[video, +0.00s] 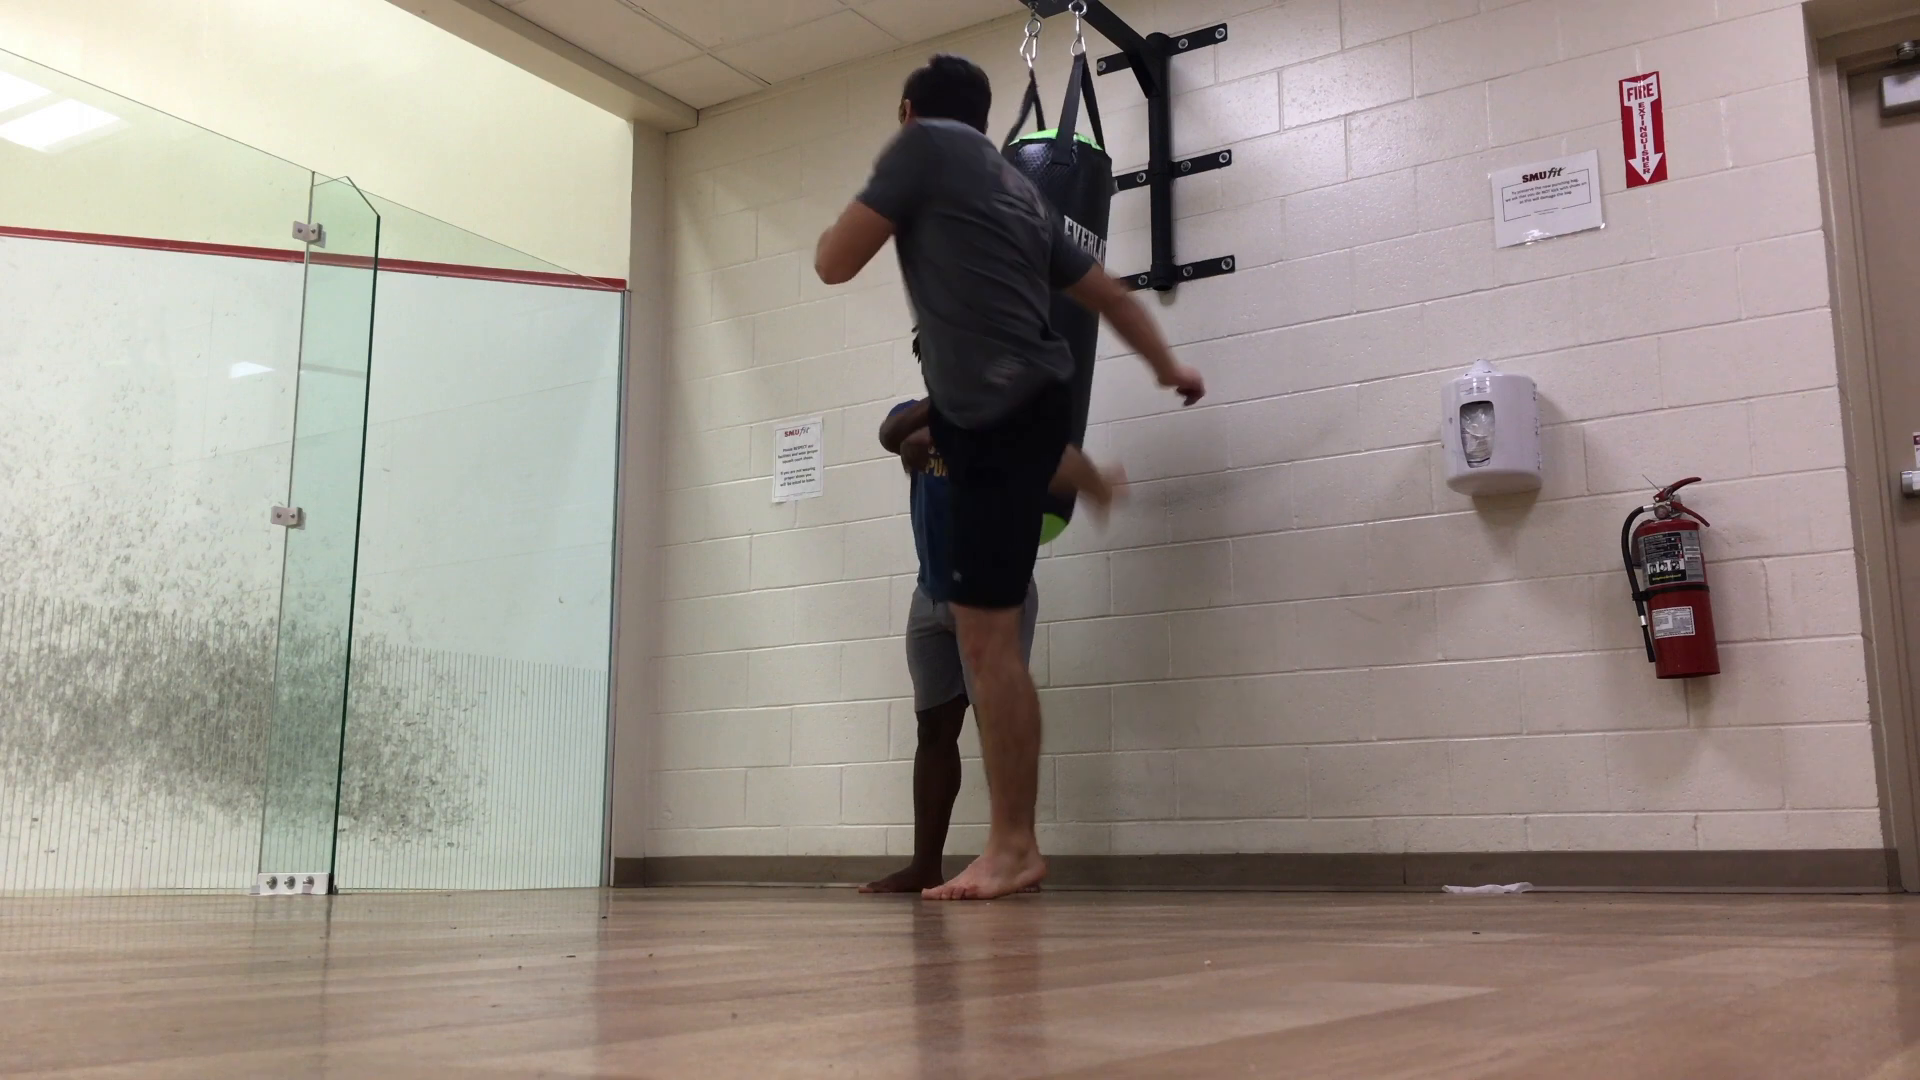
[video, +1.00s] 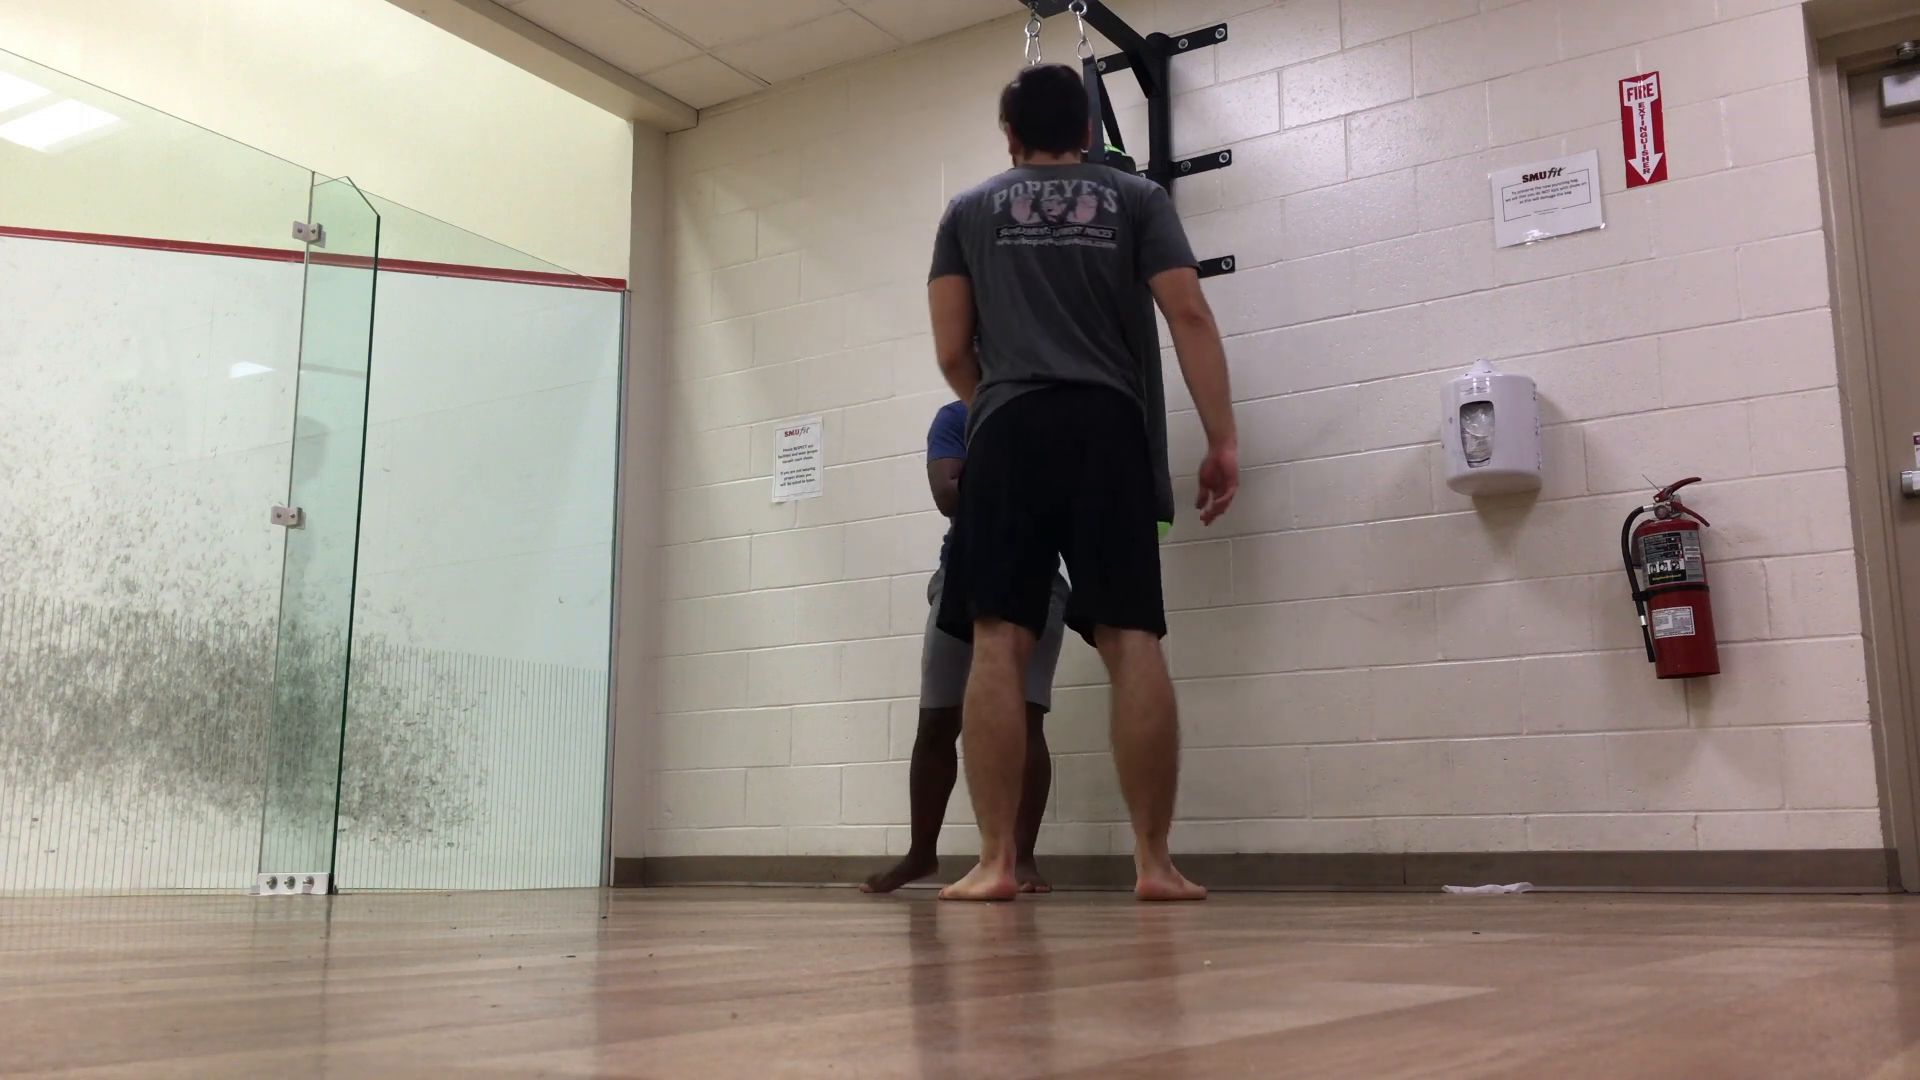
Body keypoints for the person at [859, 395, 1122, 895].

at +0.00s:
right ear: (948, 371)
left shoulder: (1022, 434)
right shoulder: (928, 416)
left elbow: (1061, 505)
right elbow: (891, 434)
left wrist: (945, 451)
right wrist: (945, 399)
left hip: (1000, 604)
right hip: (934, 594)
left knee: (1000, 726)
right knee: (934, 730)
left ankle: (1012, 851)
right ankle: (926, 862)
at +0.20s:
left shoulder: (998, 413)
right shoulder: (916, 387)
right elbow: (893, 447)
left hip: (995, 592)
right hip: (929, 589)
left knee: (1001, 723)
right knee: (932, 731)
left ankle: (1018, 854)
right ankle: (925, 864)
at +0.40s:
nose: (934, 363)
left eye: (941, 351)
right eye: (928, 354)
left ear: (974, 357)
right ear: (925, 362)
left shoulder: (1001, 414)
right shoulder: (920, 420)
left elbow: (1010, 463)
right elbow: (890, 444)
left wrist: (946, 442)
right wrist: (925, 435)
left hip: (1000, 592)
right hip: (935, 588)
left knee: (1002, 720)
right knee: (934, 723)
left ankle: (1015, 858)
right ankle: (926, 862)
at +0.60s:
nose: (940, 358)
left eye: (950, 347)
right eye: (935, 349)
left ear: (984, 354)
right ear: (930, 358)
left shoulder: (1009, 408)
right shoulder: (922, 414)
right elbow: (905, 449)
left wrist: (938, 440)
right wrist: (947, 424)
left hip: (1009, 596)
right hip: (940, 592)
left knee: (1007, 725)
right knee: (935, 727)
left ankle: (1015, 862)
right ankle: (926, 864)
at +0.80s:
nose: (964, 359)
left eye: (970, 347)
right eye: (954, 350)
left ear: (988, 352)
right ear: (943, 359)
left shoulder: (1023, 415)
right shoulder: (935, 416)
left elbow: (1043, 481)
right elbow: (932, 476)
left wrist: (962, 453)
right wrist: (988, 438)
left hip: (1020, 590)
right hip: (948, 589)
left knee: (1014, 720)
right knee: (938, 724)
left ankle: (1018, 859)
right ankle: (925, 866)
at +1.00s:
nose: (990, 368)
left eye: (999, 360)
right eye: (983, 357)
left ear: (1027, 369)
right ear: (972, 358)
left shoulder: (1049, 421)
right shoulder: (957, 417)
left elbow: (1063, 492)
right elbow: (948, 497)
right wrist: (1005, 468)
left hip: (1037, 584)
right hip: (964, 582)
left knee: (1025, 722)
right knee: (936, 725)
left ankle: (1021, 859)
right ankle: (921, 854)